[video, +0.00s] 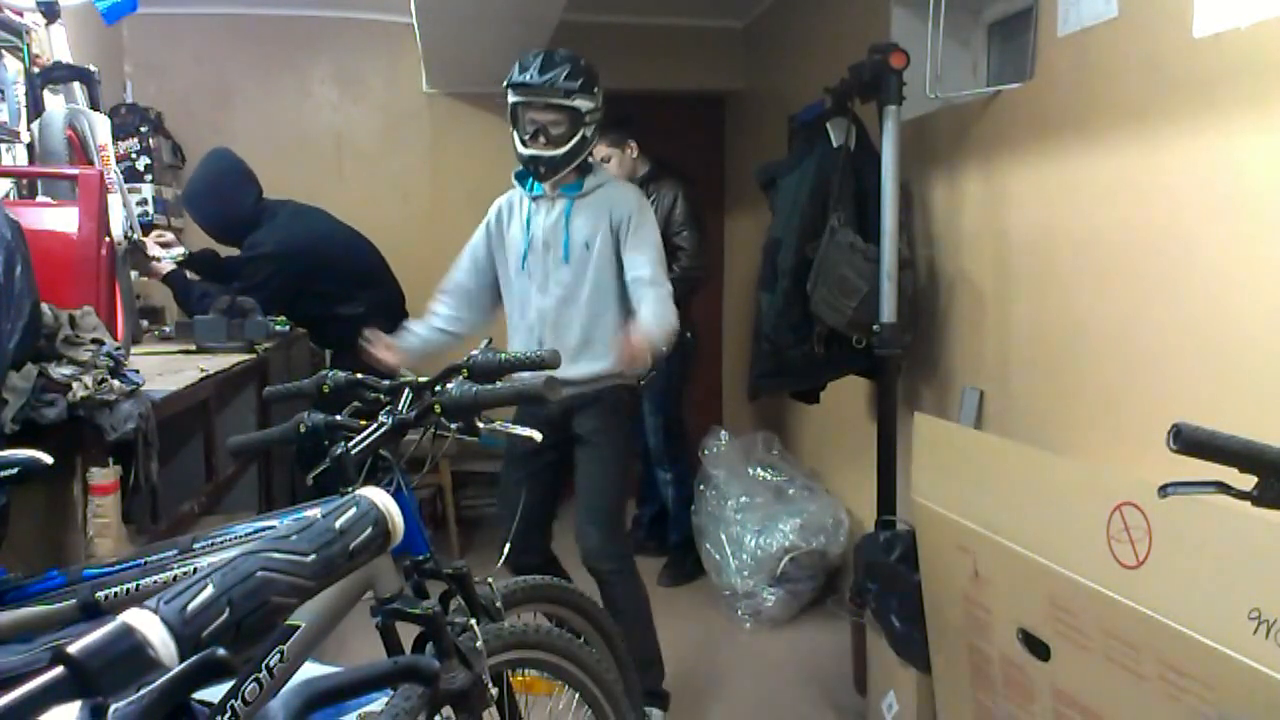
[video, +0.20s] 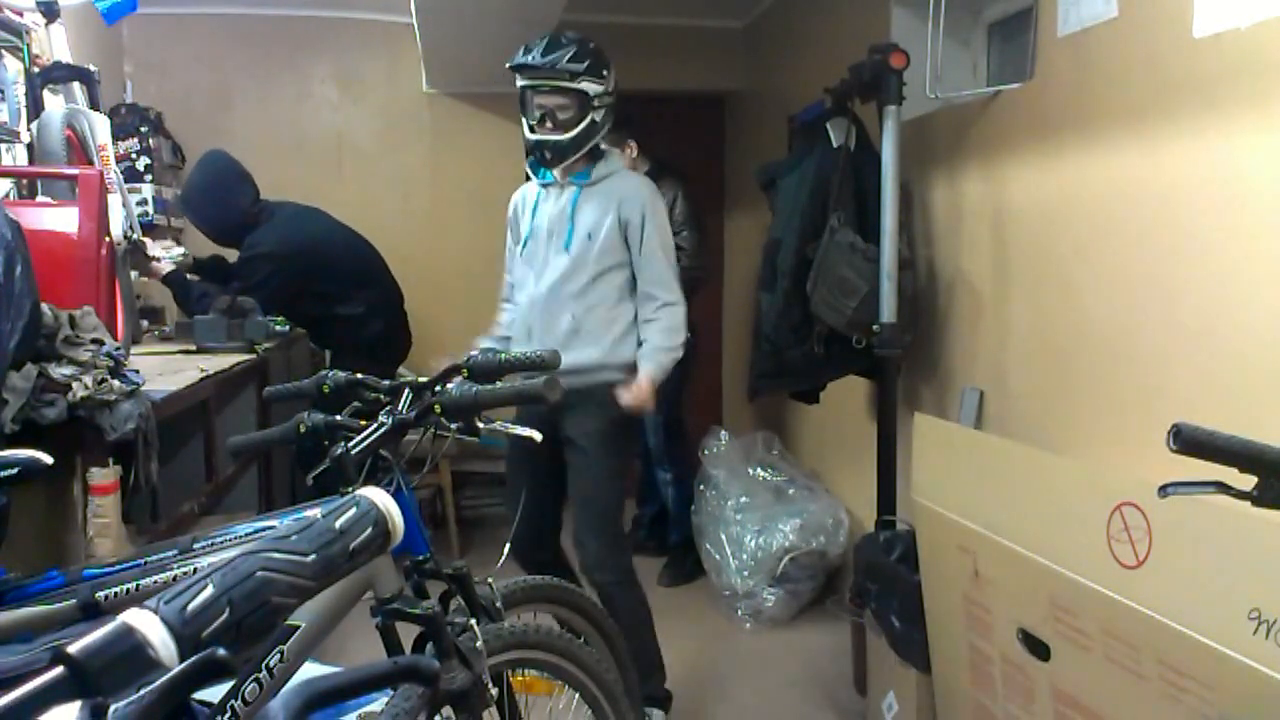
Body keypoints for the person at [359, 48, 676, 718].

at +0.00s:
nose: (538, 131)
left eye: (554, 118)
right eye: (528, 118)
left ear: (586, 123)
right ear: (513, 121)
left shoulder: (619, 201)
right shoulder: (507, 212)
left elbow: (655, 296)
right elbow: (460, 305)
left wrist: (647, 335)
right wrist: (405, 346)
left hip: (604, 395)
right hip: (535, 399)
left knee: (601, 546)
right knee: (521, 546)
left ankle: (646, 694)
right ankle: (582, 655)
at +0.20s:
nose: (545, 119)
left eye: (561, 104)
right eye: (536, 105)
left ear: (597, 107)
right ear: (523, 108)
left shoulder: (631, 194)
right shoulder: (525, 201)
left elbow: (665, 306)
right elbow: (512, 309)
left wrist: (649, 376)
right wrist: (473, 365)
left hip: (599, 397)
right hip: (532, 397)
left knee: (599, 548)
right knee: (531, 545)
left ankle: (648, 693)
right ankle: (587, 655)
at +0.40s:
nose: (555, 128)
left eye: (572, 114)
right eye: (549, 115)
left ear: (615, 122)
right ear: (540, 120)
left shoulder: (650, 211)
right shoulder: (543, 216)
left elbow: (674, 322)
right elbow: (488, 310)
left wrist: (639, 357)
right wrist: (428, 347)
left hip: (621, 420)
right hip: (555, 421)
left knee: (600, 573)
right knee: (526, 565)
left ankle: (655, 706)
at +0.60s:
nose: (559, 112)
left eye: (572, 97)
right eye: (558, 98)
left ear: (619, 105)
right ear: (604, 109)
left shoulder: (674, 204)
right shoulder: (576, 196)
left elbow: (692, 332)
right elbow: (558, 309)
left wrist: (656, 417)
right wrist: (517, 383)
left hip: (609, 417)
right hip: (544, 405)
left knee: (596, 581)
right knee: (502, 548)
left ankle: (653, 705)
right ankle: (561, 654)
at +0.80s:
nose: (558, 120)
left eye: (571, 106)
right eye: (560, 106)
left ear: (616, 114)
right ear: (608, 119)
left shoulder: (669, 219)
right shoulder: (570, 211)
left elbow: (669, 343)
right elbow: (506, 306)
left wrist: (605, 377)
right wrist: (432, 327)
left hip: (612, 436)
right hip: (541, 426)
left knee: (586, 599)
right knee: (473, 568)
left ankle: (650, 706)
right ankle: (450, 693)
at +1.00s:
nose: (536, 106)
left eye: (548, 92)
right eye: (537, 92)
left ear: (593, 97)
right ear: (578, 100)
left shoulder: (650, 206)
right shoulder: (559, 193)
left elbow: (662, 344)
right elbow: (529, 308)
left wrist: (602, 427)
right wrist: (479, 387)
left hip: (572, 423)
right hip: (506, 407)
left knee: (563, 586)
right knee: (434, 535)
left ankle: (638, 698)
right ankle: (460, 669)